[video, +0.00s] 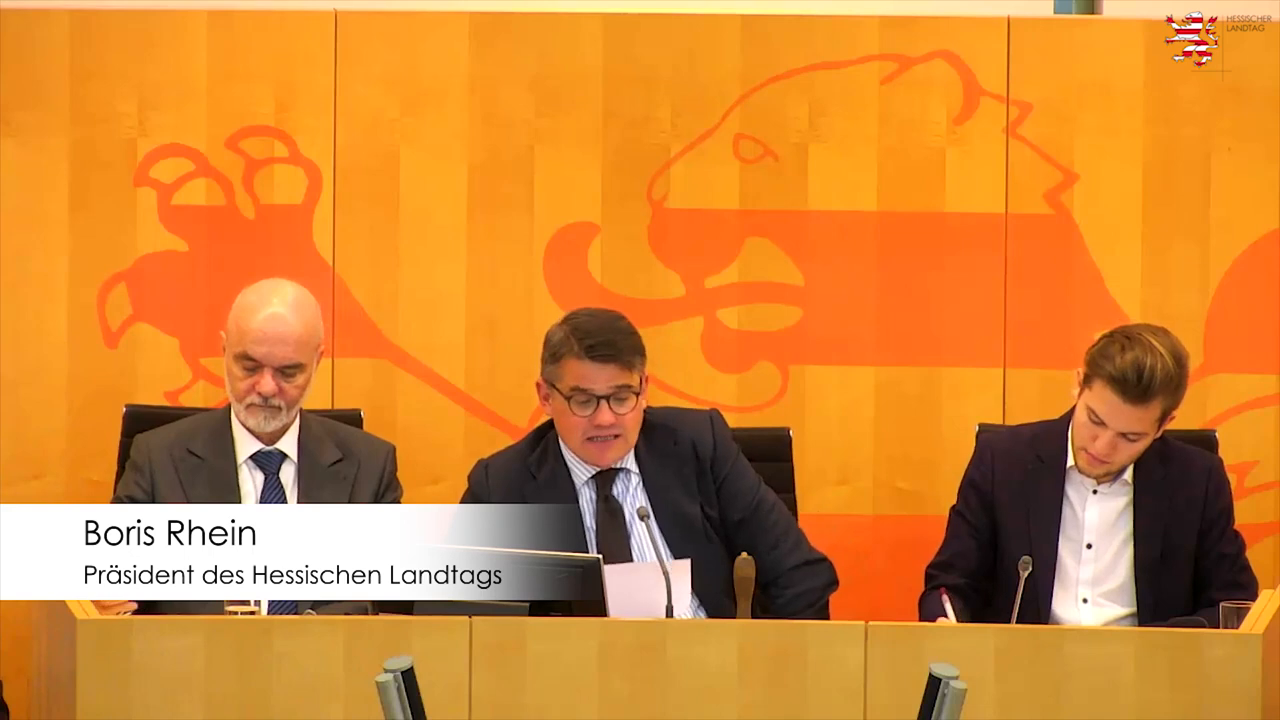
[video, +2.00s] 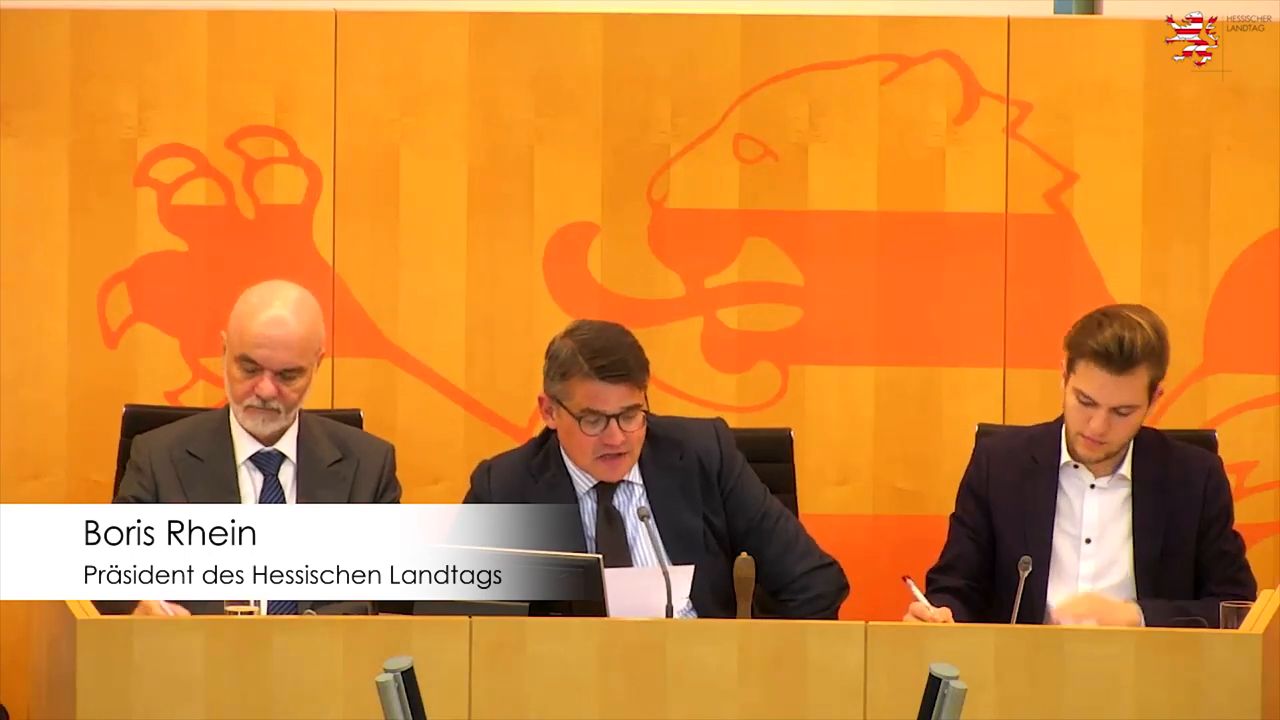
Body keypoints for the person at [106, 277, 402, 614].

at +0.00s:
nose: (266, 389)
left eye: (288, 372)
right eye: (249, 366)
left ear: (318, 360)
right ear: (224, 350)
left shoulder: (371, 463)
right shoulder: (155, 458)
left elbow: (392, 593)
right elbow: (113, 570)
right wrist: (104, 602)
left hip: (327, 669)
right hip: (190, 668)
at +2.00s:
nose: (266, 391)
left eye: (288, 375)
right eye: (249, 367)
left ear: (318, 363)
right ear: (224, 352)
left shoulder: (370, 463)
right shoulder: (156, 457)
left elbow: (389, 590)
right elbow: (113, 571)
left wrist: (313, 633)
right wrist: (138, 606)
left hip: (325, 665)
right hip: (193, 663)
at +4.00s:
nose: (289, 391)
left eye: (306, 373)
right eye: (269, 371)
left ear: (323, 363)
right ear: (228, 357)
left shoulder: (371, 463)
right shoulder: (160, 456)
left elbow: (385, 587)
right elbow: (118, 577)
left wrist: (312, 633)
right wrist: (148, 618)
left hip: (326, 664)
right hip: (197, 659)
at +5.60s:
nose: (274, 392)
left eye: (296, 376)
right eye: (257, 368)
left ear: (322, 362)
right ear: (229, 349)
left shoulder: (372, 464)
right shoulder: (160, 456)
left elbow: (391, 594)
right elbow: (125, 578)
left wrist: (316, 629)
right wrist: (146, 620)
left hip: (331, 675)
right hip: (199, 670)